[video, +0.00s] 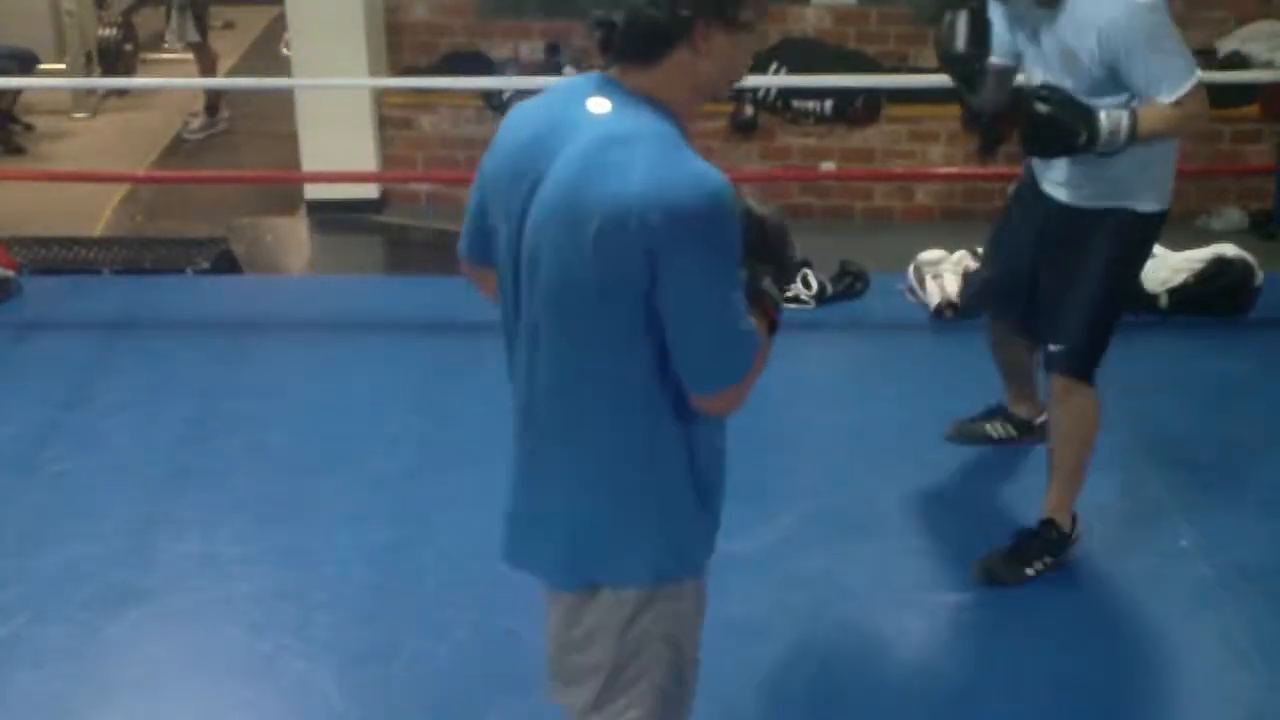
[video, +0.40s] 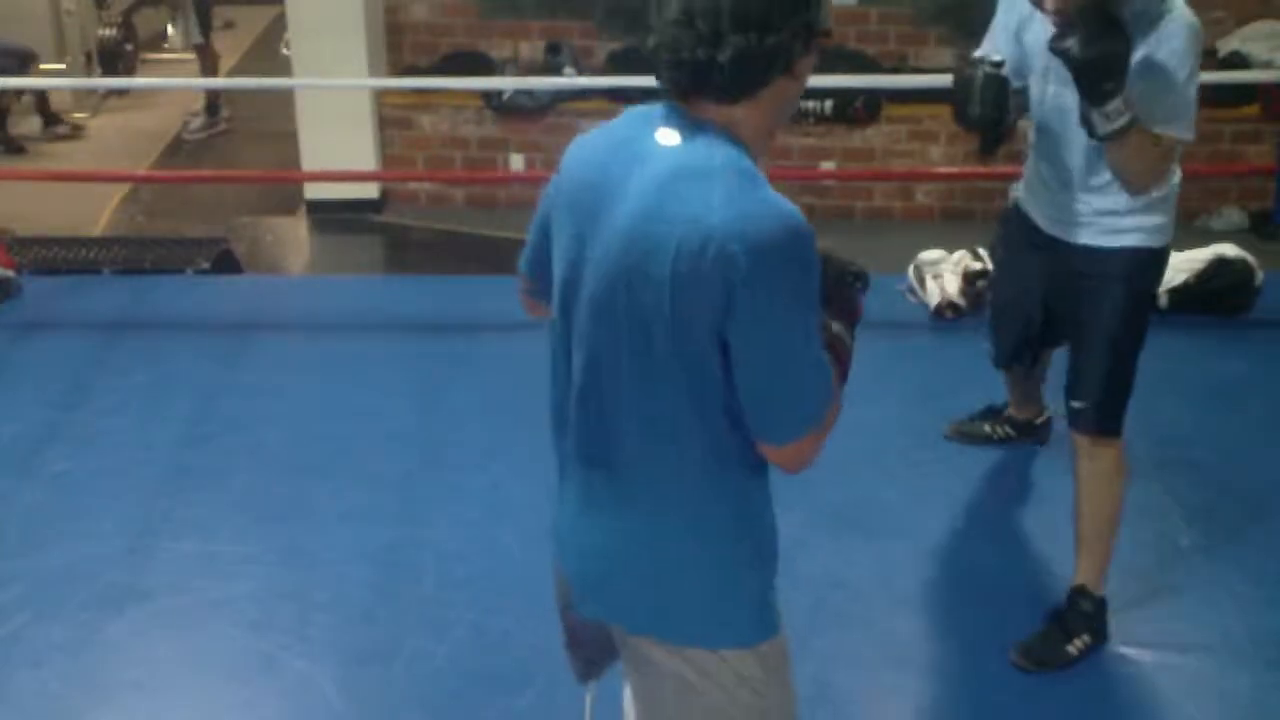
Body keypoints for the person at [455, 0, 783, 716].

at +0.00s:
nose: (752, 56)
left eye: (754, 38)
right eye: (748, 35)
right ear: (703, 34)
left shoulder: (532, 118)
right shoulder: (684, 192)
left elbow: (482, 265)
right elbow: (719, 392)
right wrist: (762, 310)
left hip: (551, 497)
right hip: (638, 528)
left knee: (588, 695)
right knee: (632, 706)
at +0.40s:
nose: (809, 72)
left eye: (811, 55)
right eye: (808, 55)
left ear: (681, 47)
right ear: (789, 63)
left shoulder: (595, 151)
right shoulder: (761, 228)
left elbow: (538, 294)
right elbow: (793, 446)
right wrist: (833, 335)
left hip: (595, 548)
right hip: (700, 580)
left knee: (652, 697)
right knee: (739, 705)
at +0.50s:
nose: (818, 142)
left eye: (821, 117)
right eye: (817, 116)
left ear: (700, 95)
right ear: (784, 117)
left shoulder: (595, 194)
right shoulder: (786, 284)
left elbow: (536, 333)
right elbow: (829, 489)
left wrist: (644, 379)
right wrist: (852, 370)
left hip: (594, 600)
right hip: (714, 635)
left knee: (618, 700)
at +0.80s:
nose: (823, 156)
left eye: (827, 132)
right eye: (822, 131)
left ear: (708, 102)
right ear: (793, 131)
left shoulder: (586, 186)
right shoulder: (766, 296)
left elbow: (505, 313)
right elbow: (822, 506)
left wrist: (620, 376)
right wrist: (875, 385)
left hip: (554, 593)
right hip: (672, 639)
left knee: (615, 703)